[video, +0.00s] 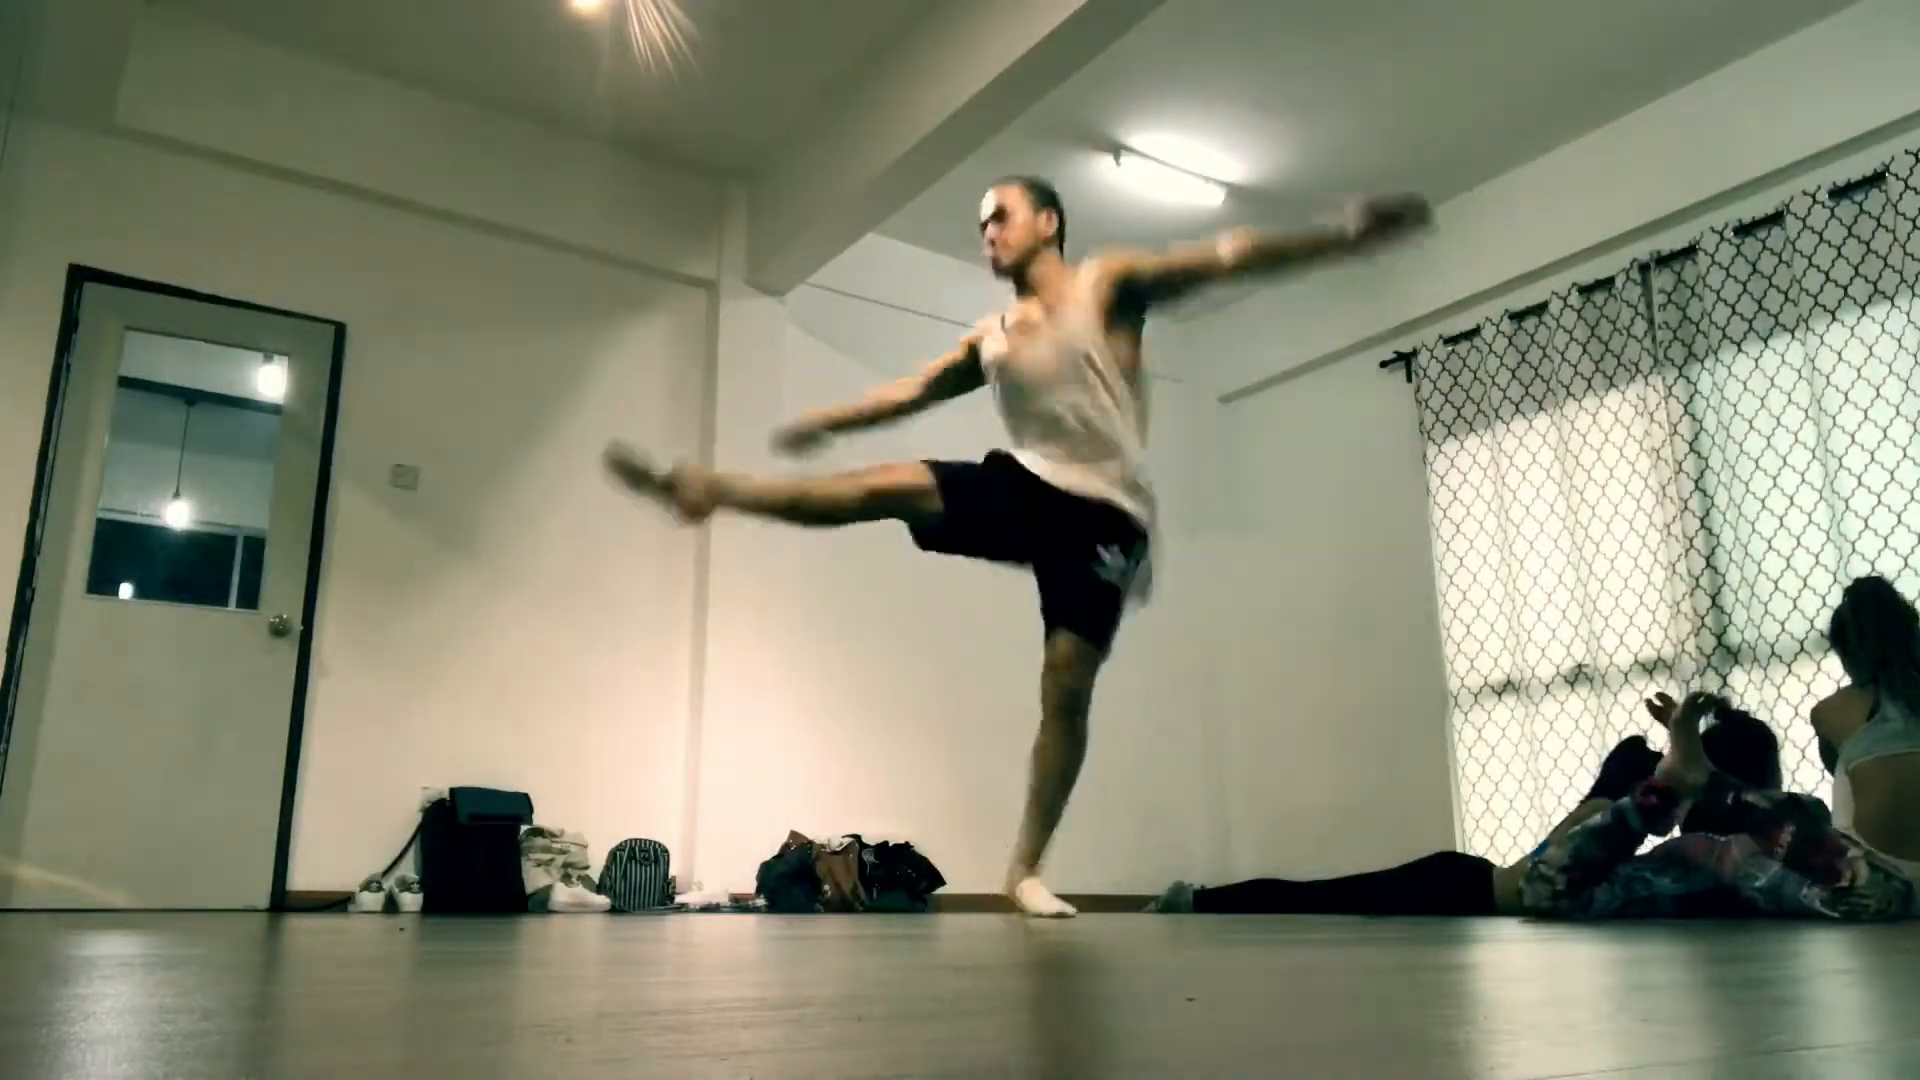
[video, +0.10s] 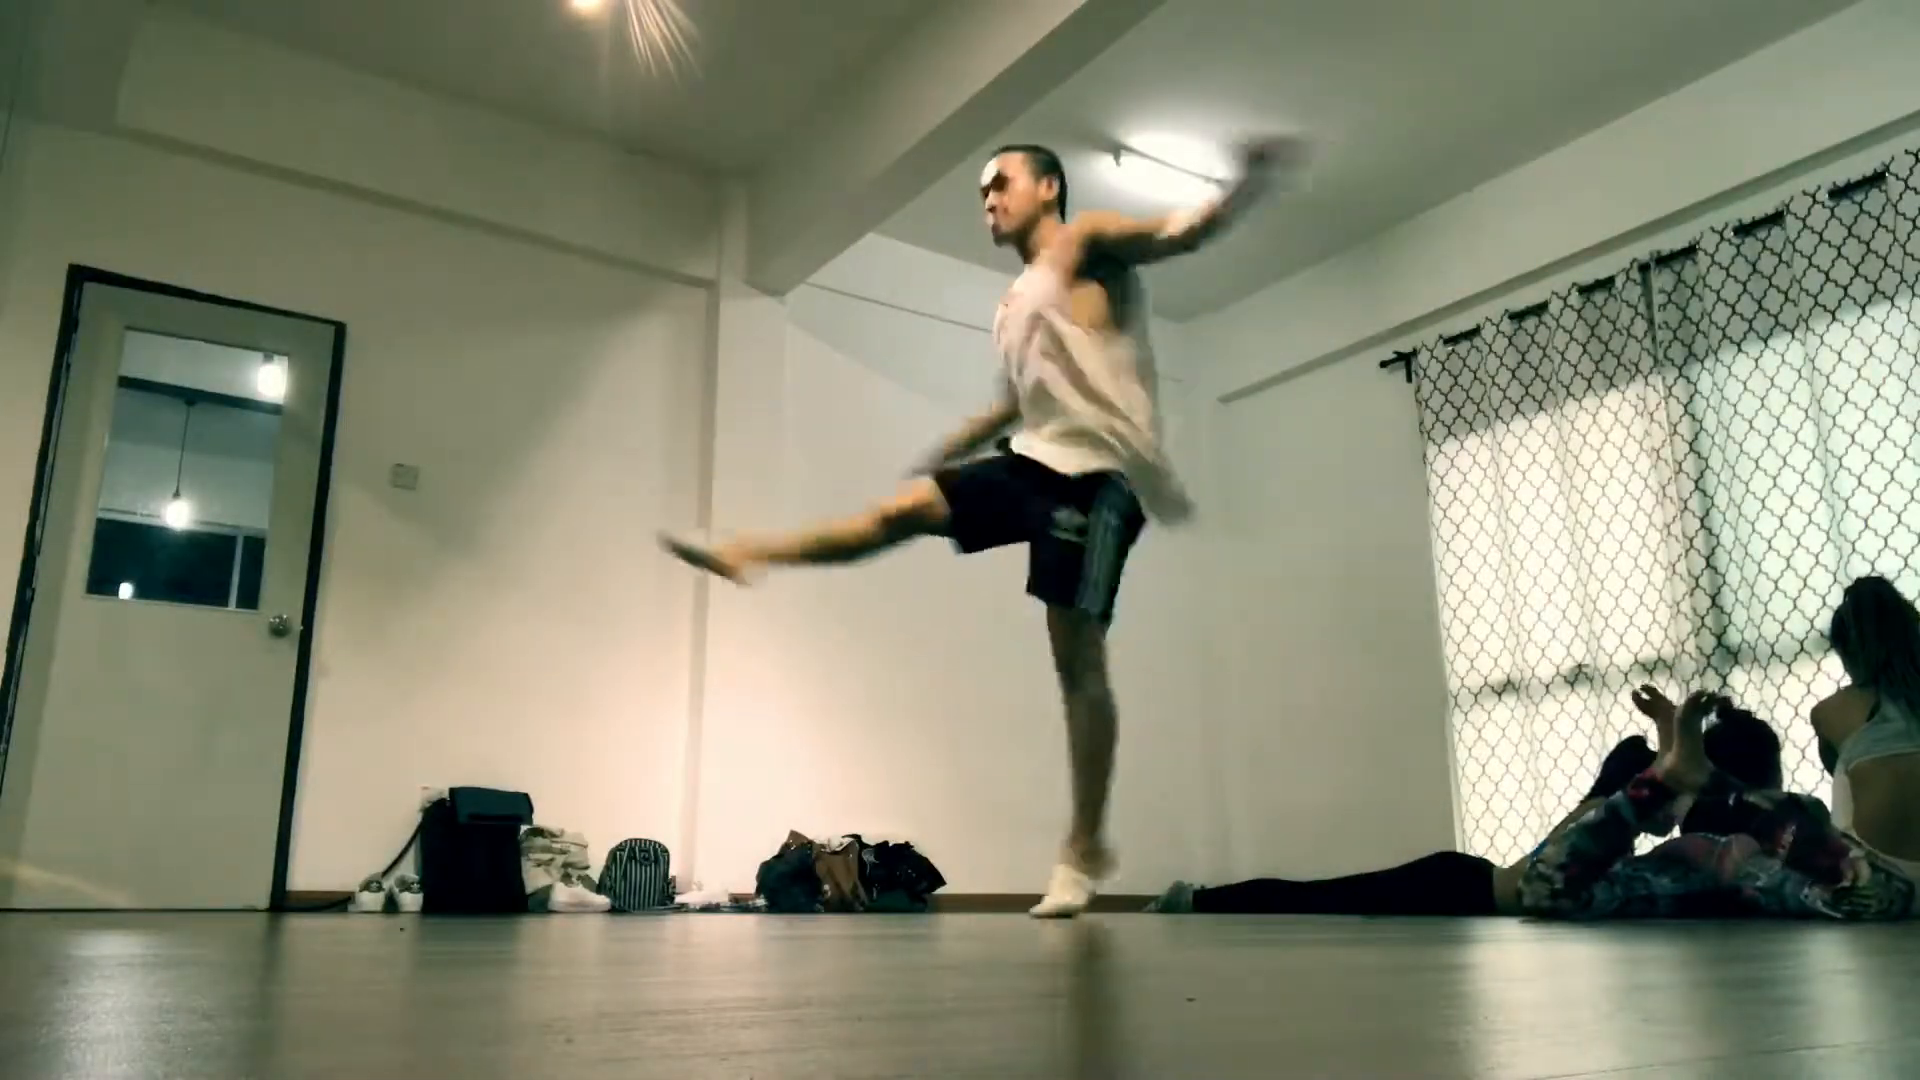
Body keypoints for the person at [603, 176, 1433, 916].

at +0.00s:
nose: (986, 229)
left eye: (1000, 214)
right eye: (982, 221)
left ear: (1048, 223)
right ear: (995, 240)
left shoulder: (1109, 276)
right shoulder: (994, 338)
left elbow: (1232, 256)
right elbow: (909, 394)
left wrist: (1344, 237)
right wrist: (825, 420)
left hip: (1104, 513)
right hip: (1021, 489)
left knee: (1066, 692)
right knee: (887, 486)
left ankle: (1027, 873)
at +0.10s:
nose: (989, 201)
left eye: (1001, 185)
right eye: (985, 192)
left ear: (1048, 188)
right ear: (999, 209)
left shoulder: (1088, 236)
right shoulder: (1020, 300)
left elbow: (1175, 232)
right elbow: (1018, 401)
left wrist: (1235, 191)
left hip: (1103, 469)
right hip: (1034, 462)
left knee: (1077, 654)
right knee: (907, 508)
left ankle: (1085, 850)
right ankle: (741, 554)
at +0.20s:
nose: (990, 196)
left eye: (1004, 181)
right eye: (988, 186)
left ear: (1050, 186)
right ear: (1028, 196)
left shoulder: (1060, 234)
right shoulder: (1052, 255)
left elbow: (1078, 271)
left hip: (1078, 466)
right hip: (1063, 467)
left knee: (1083, 661)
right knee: (984, 538)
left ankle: (1103, 847)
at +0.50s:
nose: (1066, 184)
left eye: (1065, 170)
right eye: (1047, 175)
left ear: (1061, 180)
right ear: (1010, 197)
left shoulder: (1013, 271)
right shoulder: (1036, 247)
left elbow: (1041, 358)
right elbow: (1058, 301)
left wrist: (1111, 329)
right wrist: (1150, 300)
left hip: (1035, 477)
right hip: (1085, 444)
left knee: (1078, 654)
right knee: (1255, 499)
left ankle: (1050, 839)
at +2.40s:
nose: (941, 195)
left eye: (953, 179)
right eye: (931, 191)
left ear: (999, 189)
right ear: (932, 213)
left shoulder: (1062, 297)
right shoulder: (928, 275)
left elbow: (1150, 365)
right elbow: (879, 308)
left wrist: (1240, 402)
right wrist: (889, 295)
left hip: (1029, 485)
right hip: (941, 465)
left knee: (1027, 675)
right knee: (1045, 395)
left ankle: (989, 883)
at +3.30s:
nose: (884, 175)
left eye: (900, 158)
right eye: (874, 170)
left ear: (950, 173)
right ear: (876, 196)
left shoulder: (1015, 283)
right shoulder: (864, 266)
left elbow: (1126, 346)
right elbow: (773, 255)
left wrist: (1234, 370)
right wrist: (713, 209)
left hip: (968, 497)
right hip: (875, 479)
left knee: (966, 680)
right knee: (899, 405)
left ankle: (896, 879)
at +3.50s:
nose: (866, 89)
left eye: (883, 71)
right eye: (862, 77)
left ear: (941, 79)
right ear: (881, 99)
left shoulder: (1008, 154)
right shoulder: (869, 207)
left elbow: (1147, 165)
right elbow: (773, 260)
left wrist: (1285, 173)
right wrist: (697, 283)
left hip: (979, 430)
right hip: (880, 403)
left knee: (950, 643)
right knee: (723, 453)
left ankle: (928, 868)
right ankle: (506, 495)